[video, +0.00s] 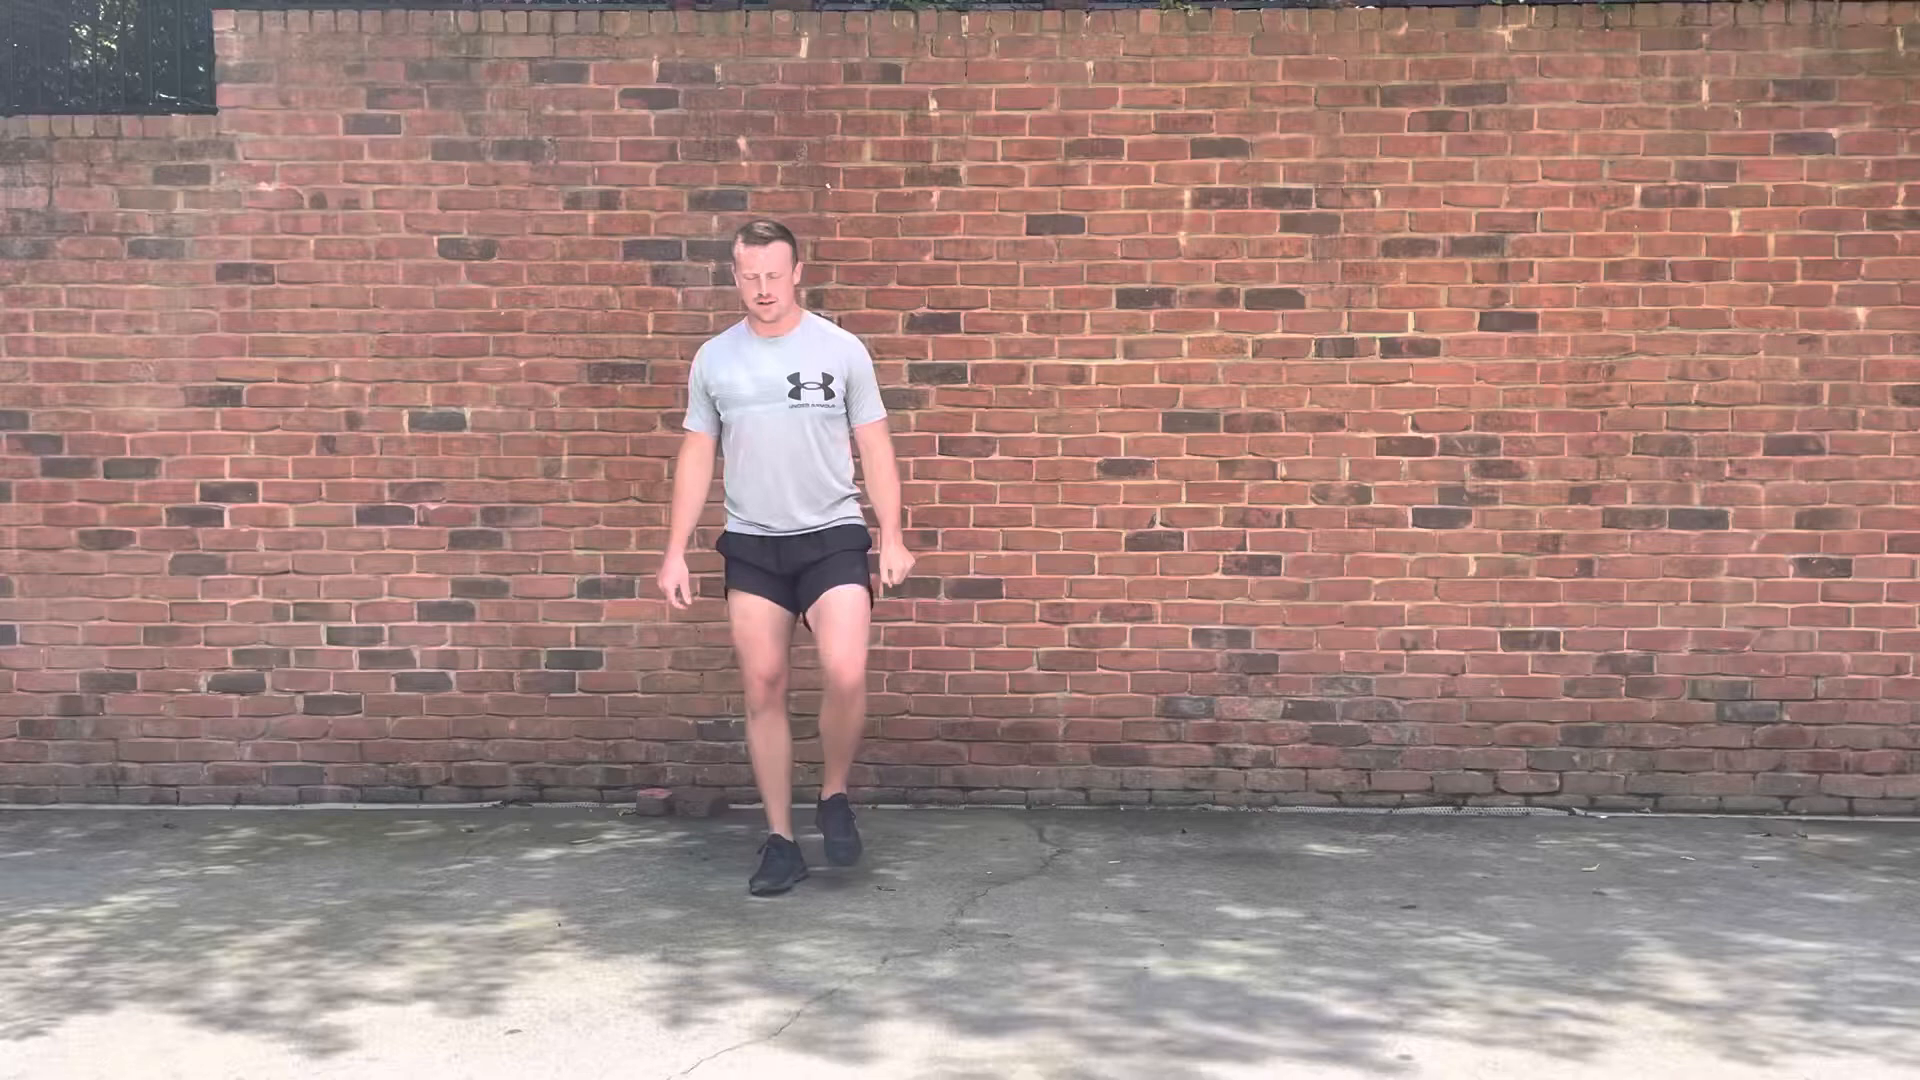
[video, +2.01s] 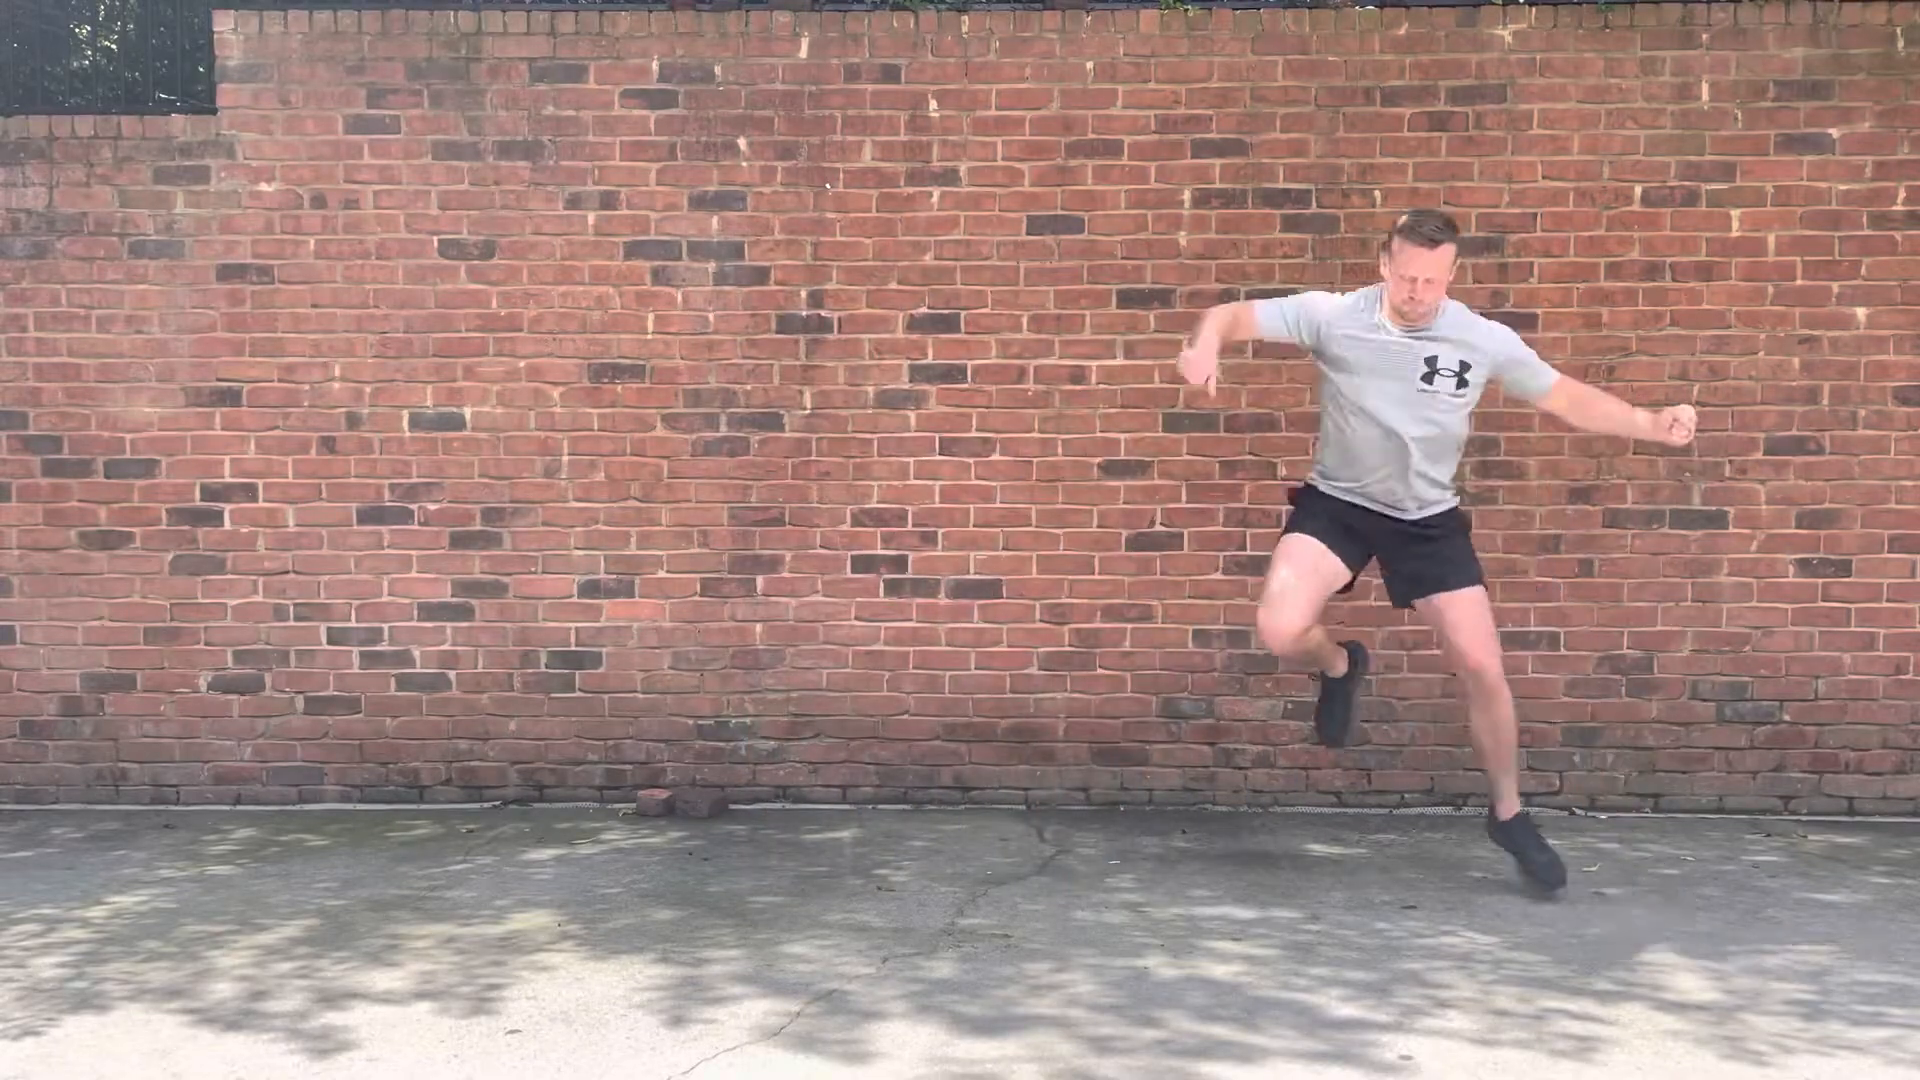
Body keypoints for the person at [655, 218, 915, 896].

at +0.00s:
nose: (761, 290)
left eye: (773, 276)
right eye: (749, 278)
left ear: (797, 273)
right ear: (734, 280)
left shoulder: (842, 350)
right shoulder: (714, 360)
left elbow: (874, 446)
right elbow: (696, 455)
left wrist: (891, 532)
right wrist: (676, 548)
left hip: (836, 537)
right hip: (752, 544)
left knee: (847, 675)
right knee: (763, 682)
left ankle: (835, 796)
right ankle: (779, 838)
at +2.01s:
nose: (1418, 293)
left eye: (1433, 281)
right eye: (1406, 277)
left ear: (1452, 277)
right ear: (1384, 264)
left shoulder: (1483, 340)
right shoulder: (1333, 316)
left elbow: (1566, 396)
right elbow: (1231, 316)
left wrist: (1651, 425)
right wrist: (1204, 345)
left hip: (1430, 521)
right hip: (1335, 505)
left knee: (1482, 664)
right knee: (1277, 631)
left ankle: (1507, 814)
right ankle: (1341, 665)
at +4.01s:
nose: (1477, 356)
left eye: (1488, 343)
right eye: (1466, 341)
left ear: (1497, 337)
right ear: (1428, 329)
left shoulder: (1510, 374)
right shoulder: (1374, 389)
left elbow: (1549, 390)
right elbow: (1268, 413)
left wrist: (1602, 406)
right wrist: (1258, 449)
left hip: (1492, 569)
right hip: (1397, 579)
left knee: (1574, 709)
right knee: (1378, 745)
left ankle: (1643, 849)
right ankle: (1410, 733)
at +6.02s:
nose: (1001, 339)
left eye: (1010, 323)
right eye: (984, 326)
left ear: (1022, 316)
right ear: (954, 327)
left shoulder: (1063, 373)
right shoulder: (923, 409)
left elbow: (1110, 465)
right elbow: (854, 490)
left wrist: (1063, 519)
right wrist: (796, 556)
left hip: (1060, 564)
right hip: (973, 572)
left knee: (1112, 706)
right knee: (998, 727)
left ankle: (1009, 780)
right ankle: (985, 881)